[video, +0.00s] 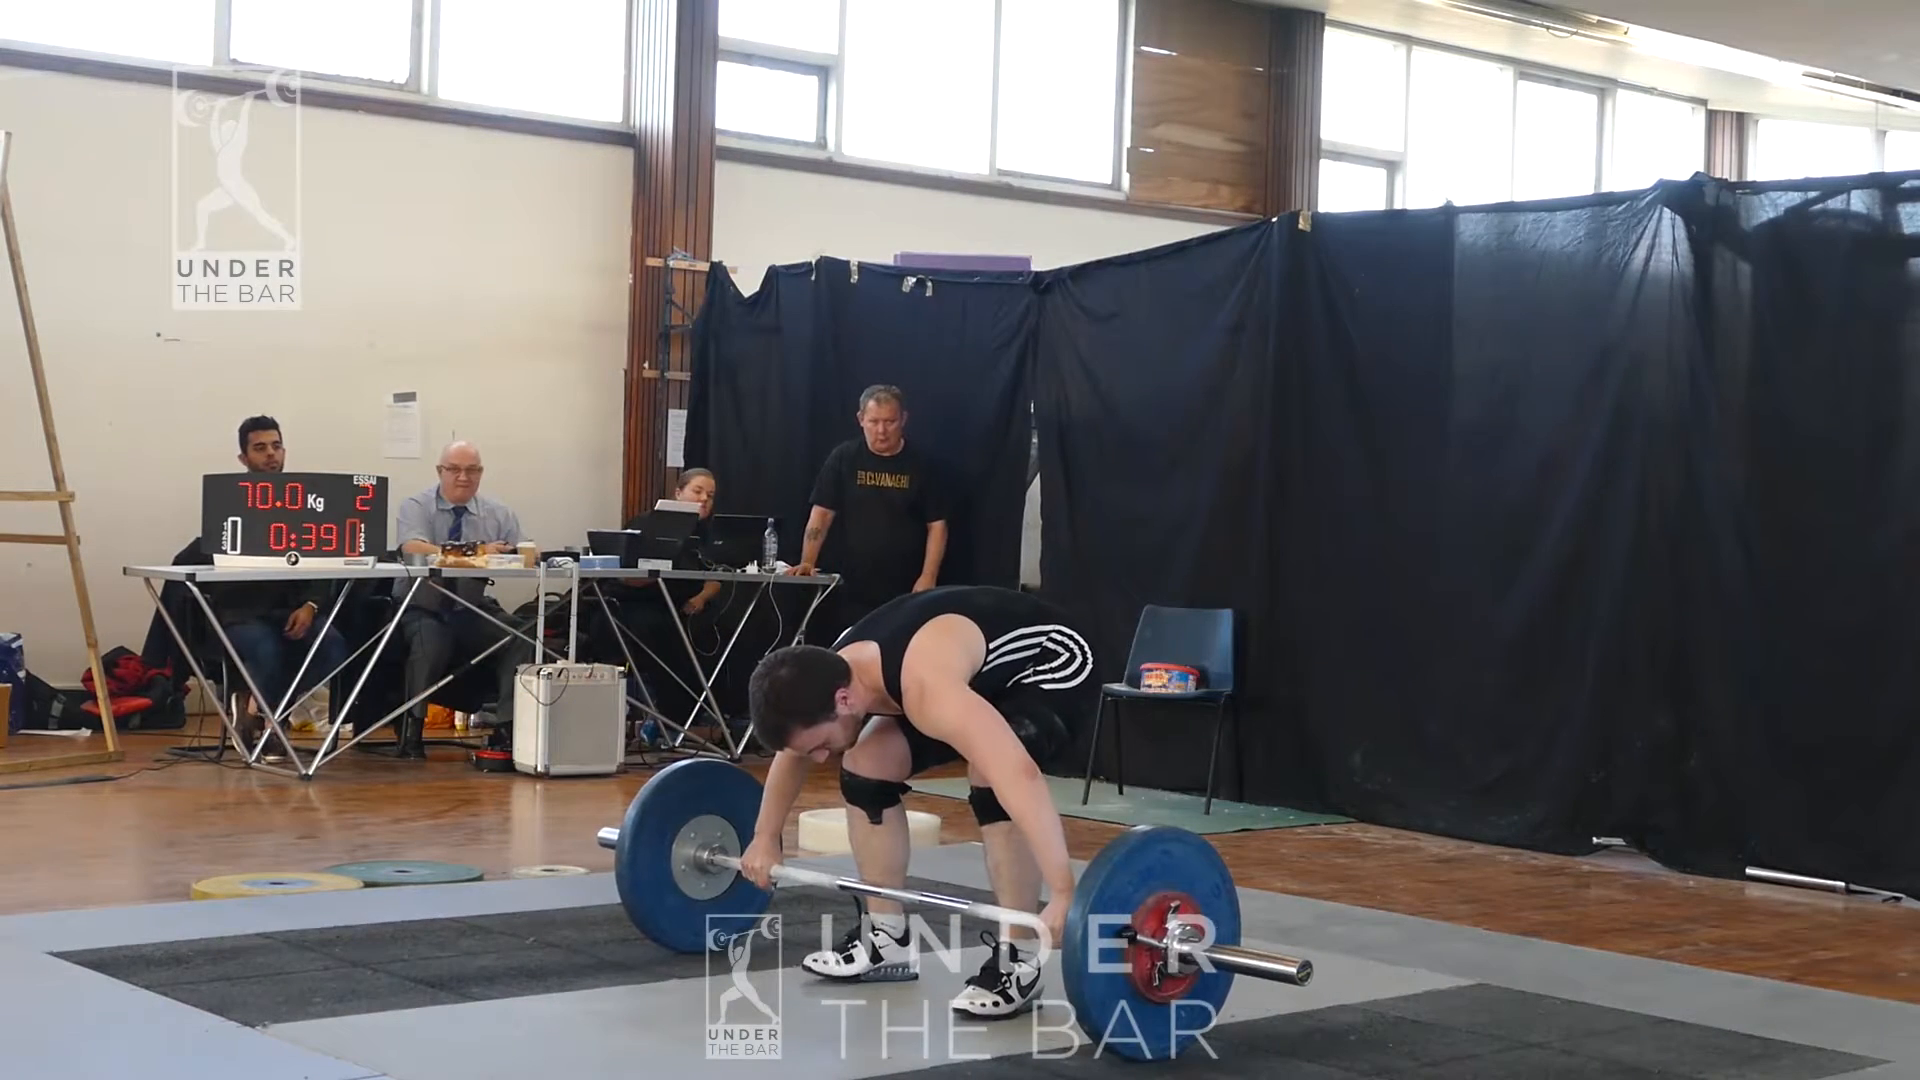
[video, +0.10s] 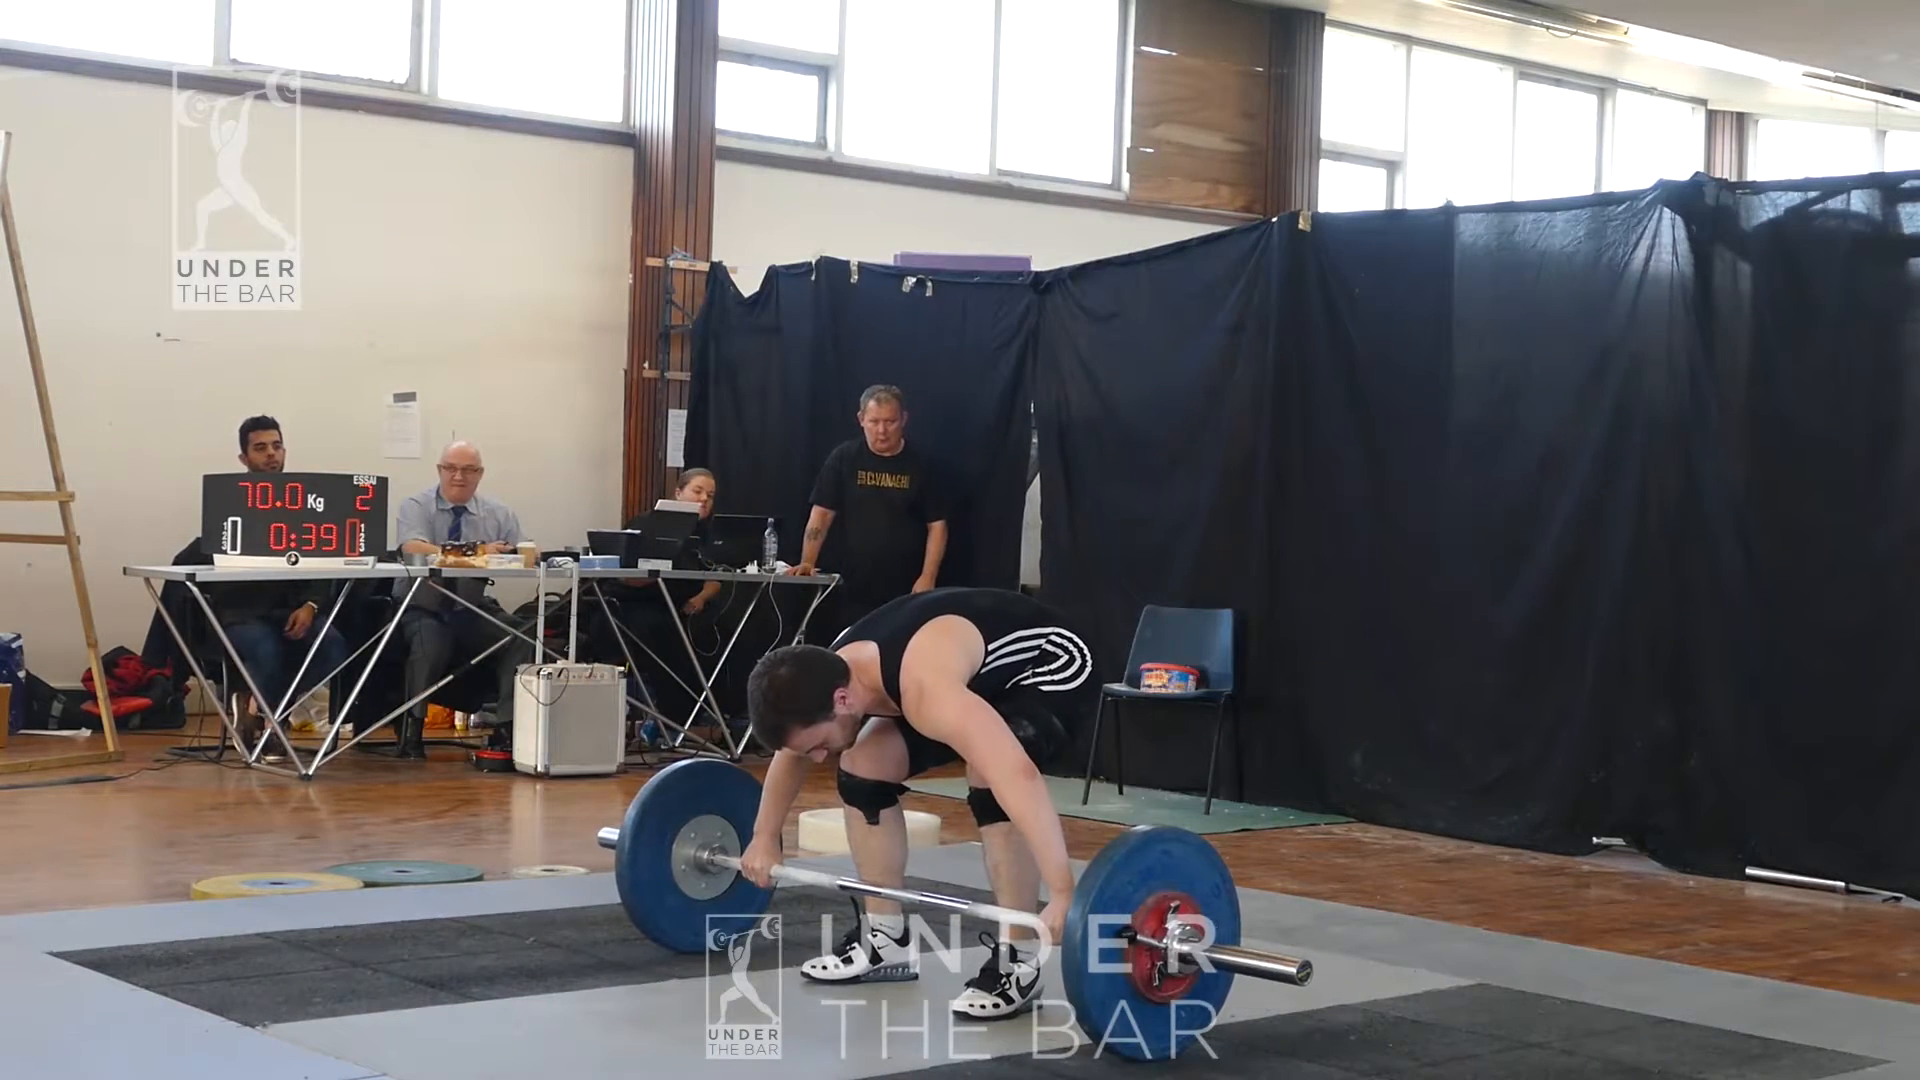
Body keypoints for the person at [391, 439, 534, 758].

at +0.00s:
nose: (463, 477)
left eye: (472, 470)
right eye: (454, 470)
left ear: (481, 474)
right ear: (439, 472)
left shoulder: (500, 514)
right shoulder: (416, 506)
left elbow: (531, 556)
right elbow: (413, 549)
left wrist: (503, 552)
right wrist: (470, 554)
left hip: (475, 609)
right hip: (424, 608)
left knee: (519, 637)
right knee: (430, 643)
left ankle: (507, 730)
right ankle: (412, 733)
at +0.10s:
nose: (458, 476)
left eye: (468, 470)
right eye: (450, 469)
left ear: (481, 474)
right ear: (439, 471)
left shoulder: (500, 514)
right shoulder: (416, 506)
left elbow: (530, 556)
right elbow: (413, 549)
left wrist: (503, 552)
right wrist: (470, 554)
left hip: (475, 609)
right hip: (424, 608)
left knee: (519, 637)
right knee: (430, 643)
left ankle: (507, 730)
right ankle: (412, 733)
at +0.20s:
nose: (456, 476)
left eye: (466, 470)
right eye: (448, 468)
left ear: (480, 475)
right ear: (438, 470)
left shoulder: (500, 514)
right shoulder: (416, 506)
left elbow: (530, 556)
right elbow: (413, 549)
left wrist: (503, 552)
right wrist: (470, 554)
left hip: (475, 609)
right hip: (424, 608)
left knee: (519, 637)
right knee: (430, 642)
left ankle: (507, 730)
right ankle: (412, 733)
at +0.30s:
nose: (455, 476)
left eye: (465, 470)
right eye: (448, 468)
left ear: (480, 475)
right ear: (438, 470)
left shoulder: (499, 514)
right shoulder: (416, 506)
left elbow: (530, 556)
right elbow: (413, 548)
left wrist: (502, 552)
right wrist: (469, 554)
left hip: (475, 608)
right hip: (424, 608)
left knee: (519, 637)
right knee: (430, 643)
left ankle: (507, 731)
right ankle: (412, 734)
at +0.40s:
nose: (453, 475)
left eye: (463, 469)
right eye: (447, 468)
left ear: (479, 475)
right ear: (438, 470)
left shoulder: (499, 514)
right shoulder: (416, 506)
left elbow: (530, 556)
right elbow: (412, 547)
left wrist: (502, 552)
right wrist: (466, 554)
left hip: (475, 609)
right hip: (423, 608)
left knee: (519, 636)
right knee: (430, 642)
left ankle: (507, 730)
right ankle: (412, 734)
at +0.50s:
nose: (453, 475)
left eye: (463, 469)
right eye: (446, 467)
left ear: (479, 475)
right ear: (438, 470)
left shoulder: (500, 514)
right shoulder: (416, 506)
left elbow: (530, 556)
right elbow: (412, 548)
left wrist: (503, 552)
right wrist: (466, 555)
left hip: (475, 608)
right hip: (423, 608)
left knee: (519, 637)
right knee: (430, 643)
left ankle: (507, 731)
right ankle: (412, 734)